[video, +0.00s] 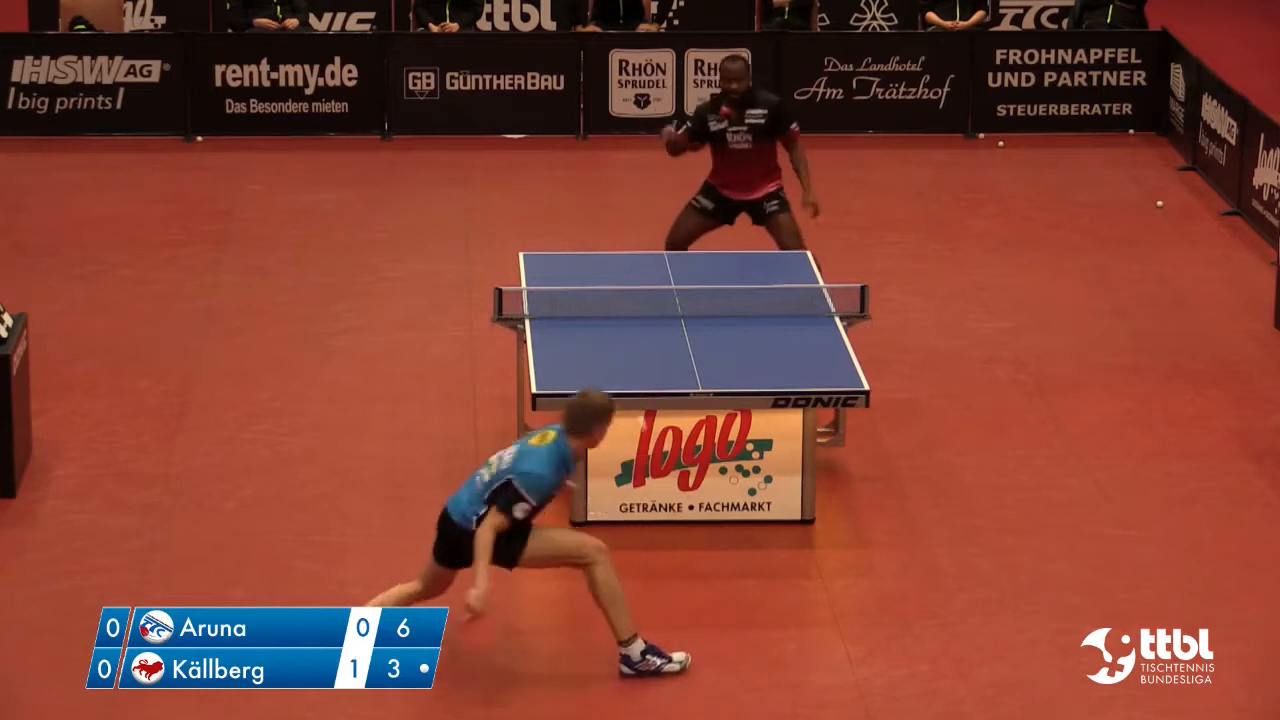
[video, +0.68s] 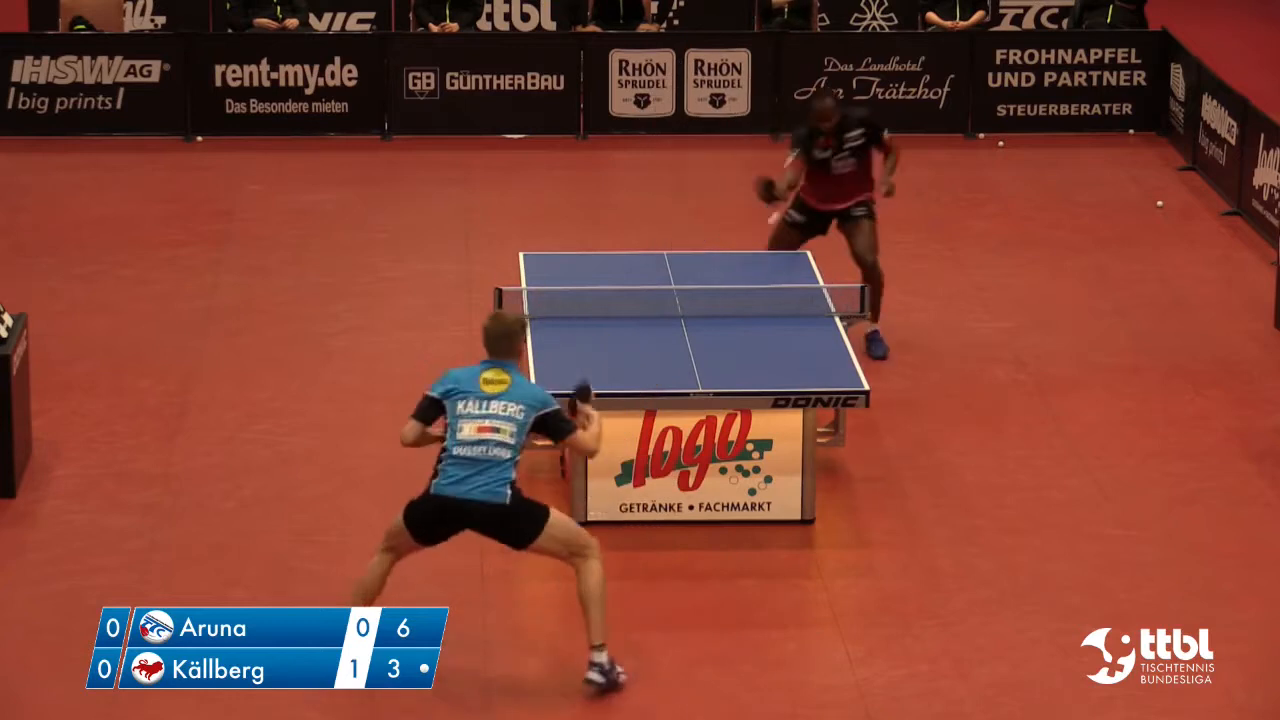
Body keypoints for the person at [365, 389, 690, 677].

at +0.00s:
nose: (607, 432)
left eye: (606, 424)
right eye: (607, 426)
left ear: (573, 416)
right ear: (595, 431)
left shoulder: (554, 435)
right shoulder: (541, 472)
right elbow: (487, 527)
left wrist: (561, 481)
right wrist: (481, 587)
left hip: (455, 518)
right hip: (484, 536)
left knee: (424, 587)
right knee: (592, 551)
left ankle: (354, 623)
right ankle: (634, 651)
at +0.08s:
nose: (579, 424)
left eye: (580, 417)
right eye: (578, 417)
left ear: (546, 400)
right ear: (562, 415)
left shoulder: (511, 410)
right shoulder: (537, 465)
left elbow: (479, 444)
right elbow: (522, 535)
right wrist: (561, 562)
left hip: (453, 533)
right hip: (494, 544)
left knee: (420, 587)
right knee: (603, 549)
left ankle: (356, 629)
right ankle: (637, 651)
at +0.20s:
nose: (549, 382)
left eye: (549, 375)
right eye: (548, 376)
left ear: (508, 370)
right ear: (536, 379)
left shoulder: (469, 399)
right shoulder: (542, 418)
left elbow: (439, 440)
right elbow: (602, 408)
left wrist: (482, 426)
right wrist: (594, 354)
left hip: (437, 532)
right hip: (489, 538)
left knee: (405, 568)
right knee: (596, 551)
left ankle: (344, 626)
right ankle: (637, 649)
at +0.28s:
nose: (534, 348)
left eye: (527, 340)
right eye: (532, 342)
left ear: (492, 341)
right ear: (529, 346)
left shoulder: (457, 380)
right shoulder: (534, 386)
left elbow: (413, 428)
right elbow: (587, 356)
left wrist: (429, 412)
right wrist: (551, 315)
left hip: (437, 509)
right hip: (491, 515)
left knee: (393, 553)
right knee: (588, 551)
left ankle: (340, 623)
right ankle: (633, 648)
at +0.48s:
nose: (503, 326)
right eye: (503, 321)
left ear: (463, 323)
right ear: (500, 324)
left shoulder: (435, 364)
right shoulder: (519, 363)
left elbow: (405, 435)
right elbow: (575, 393)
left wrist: (428, 412)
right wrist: (567, 341)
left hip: (436, 489)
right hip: (492, 491)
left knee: (382, 538)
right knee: (570, 546)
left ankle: (349, 628)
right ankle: (591, 651)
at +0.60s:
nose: (510, 343)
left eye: (509, 337)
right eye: (509, 339)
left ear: (467, 342)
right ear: (504, 344)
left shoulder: (437, 383)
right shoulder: (519, 392)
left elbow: (402, 446)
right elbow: (576, 433)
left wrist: (425, 429)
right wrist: (577, 390)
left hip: (436, 505)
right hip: (492, 509)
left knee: (383, 551)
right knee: (565, 562)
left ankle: (346, 637)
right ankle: (585, 665)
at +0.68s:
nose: (526, 347)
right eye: (526, 342)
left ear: (484, 345)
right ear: (522, 347)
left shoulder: (453, 381)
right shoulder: (533, 396)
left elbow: (409, 436)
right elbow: (589, 447)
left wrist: (446, 435)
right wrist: (594, 420)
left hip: (442, 501)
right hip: (499, 504)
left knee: (388, 551)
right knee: (585, 551)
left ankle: (347, 636)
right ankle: (600, 661)